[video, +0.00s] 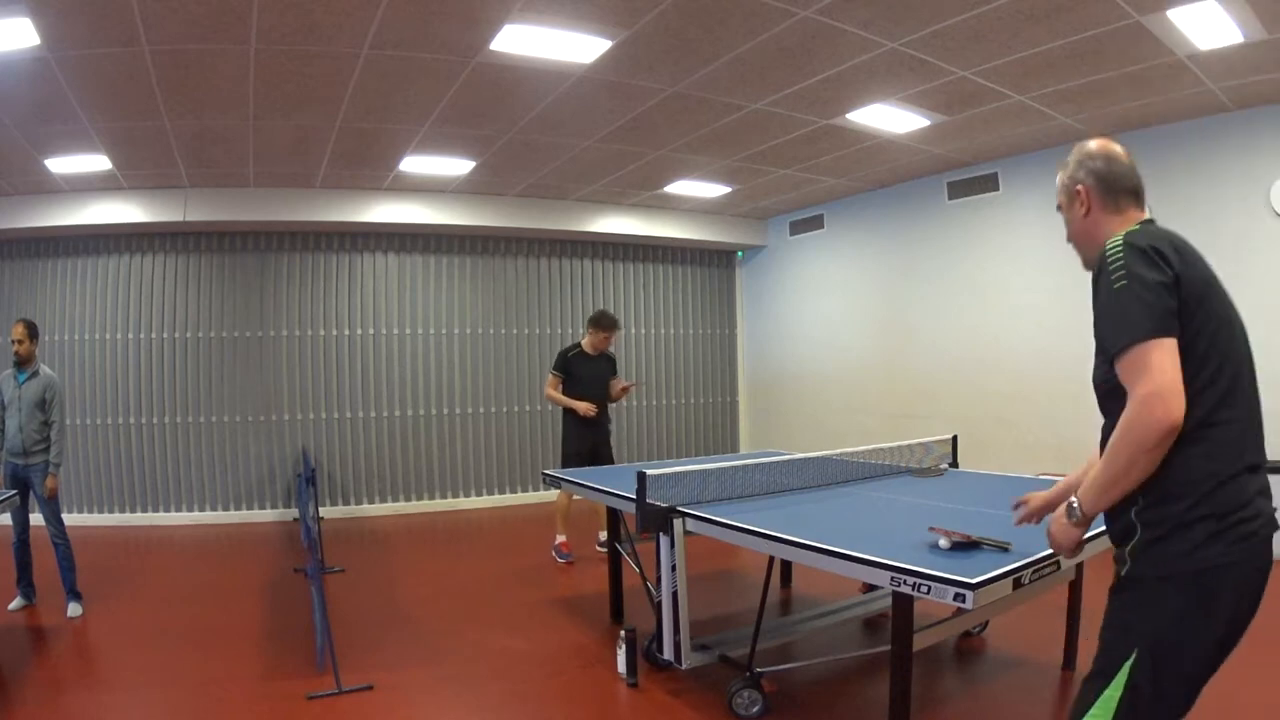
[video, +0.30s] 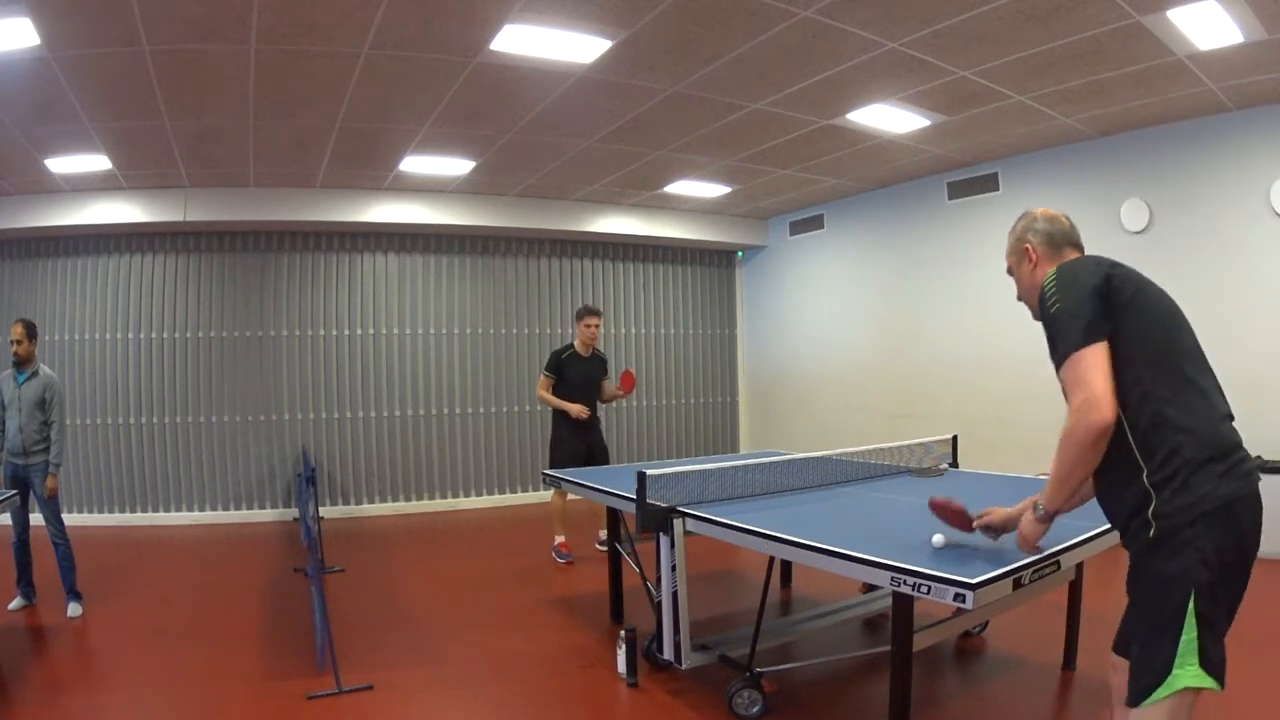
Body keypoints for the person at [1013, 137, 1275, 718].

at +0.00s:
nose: (1063, 228)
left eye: (1061, 210)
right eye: (1059, 213)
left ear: (1081, 199)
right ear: (1131, 195)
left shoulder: (1129, 257)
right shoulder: (1163, 253)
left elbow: (1159, 408)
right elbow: (1141, 415)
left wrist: (1080, 512)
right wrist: (1063, 493)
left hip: (1189, 545)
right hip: (1219, 534)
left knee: (1107, 708)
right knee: (1138, 704)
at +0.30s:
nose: (1019, 294)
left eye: (1014, 275)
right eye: (1013, 280)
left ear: (1032, 255)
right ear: (1070, 250)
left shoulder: (1070, 282)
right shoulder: (1112, 288)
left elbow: (1094, 413)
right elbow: (1113, 456)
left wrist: (1045, 511)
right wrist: (1023, 512)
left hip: (1192, 508)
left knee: (1157, 702)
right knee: (1129, 669)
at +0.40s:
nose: (1013, 302)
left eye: (1010, 286)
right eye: (1009, 290)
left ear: (1025, 267)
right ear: (1068, 262)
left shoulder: (1049, 302)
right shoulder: (1112, 300)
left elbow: (1039, 454)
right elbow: (1121, 477)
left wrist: (1000, 522)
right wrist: (1026, 502)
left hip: (1188, 505)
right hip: (1218, 493)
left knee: (1178, 700)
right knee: (1132, 666)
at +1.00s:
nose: (1037, 246)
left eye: (1038, 229)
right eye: (1037, 230)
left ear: (1058, 227)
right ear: (1111, 224)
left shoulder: (1078, 308)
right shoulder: (1168, 282)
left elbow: (1071, 482)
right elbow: (1193, 420)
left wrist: (1037, 559)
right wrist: (1109, 452)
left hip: (1207, 536)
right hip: (1264, 518)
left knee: (1143, 707)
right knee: (1181, 703)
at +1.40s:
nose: (1104, 196)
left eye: (1104, 178)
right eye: (1102, 181)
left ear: (1128, 175)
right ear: (1182, 173)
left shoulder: (1156, 267)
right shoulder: (1229, 241)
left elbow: (1100, 450)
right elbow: (1251, 397)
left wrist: (1042, 490)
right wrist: (1181, 490)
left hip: (1258, 542)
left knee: (1209, 709)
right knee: (1249, 703)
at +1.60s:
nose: (1135, 187)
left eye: (1136, 169)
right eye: (1134, 171)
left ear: (1162, 168)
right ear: (1207, 167)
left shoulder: (1201, 254)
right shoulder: (1250, 236)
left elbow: (1170, 443)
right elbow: (1243, 411)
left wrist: (1112, 478)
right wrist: (1148, 473)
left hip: (1269, 544)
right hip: (1269, 535)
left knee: (1225, 710)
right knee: (1246, 703)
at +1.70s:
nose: (1146, 184)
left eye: (1149, 163)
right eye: (1147, 165)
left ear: (1177, 165)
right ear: (1208, 164)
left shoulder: (1220, 252)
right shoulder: (1256, 234)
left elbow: (1228, 432)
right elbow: (1228, 382)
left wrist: (1138, 488)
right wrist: (1137, 408)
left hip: (1269, 546)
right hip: (1272, 538)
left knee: (1213, 708)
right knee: (1252, 701)